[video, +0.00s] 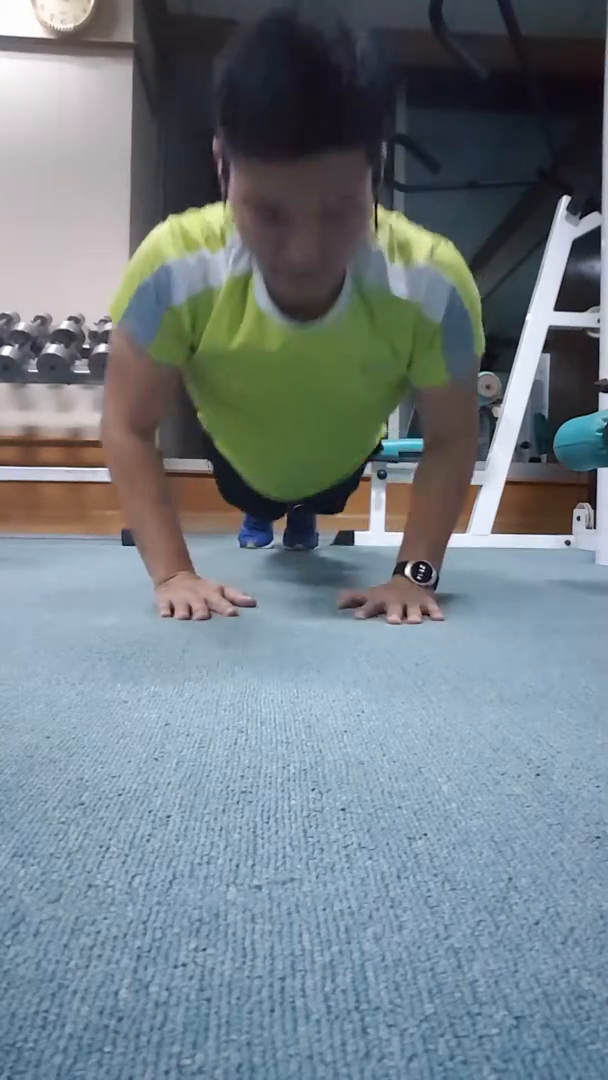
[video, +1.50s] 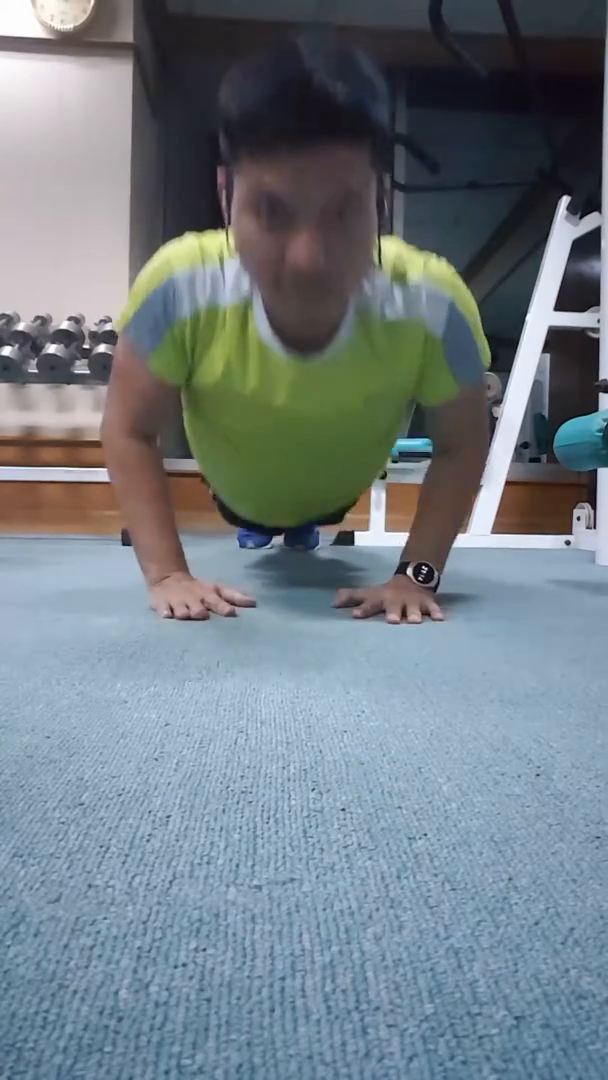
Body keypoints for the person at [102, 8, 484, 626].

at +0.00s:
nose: (306, 248)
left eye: (337, 212)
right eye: (271, 215)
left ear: (376, 171)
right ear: (222, 169)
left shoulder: (428, 275)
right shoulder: (175, 260)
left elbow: (451, 436)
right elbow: (125, 427)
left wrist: (415, 574)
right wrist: (173, 574)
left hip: (339, 463)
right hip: (240, 458)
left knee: (314, 499)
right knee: (256, 498)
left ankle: (301, 519)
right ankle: (260, 518)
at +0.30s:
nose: (304, 443)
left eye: (341, 410)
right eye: (268, 407)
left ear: (383, 361)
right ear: (220, 344)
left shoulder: (447, 396)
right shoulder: (154, 377)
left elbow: (476, 456)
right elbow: (99, 450)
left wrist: (418, 574)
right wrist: (172, 575)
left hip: (343, 527)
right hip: (226, 531)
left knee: (321, 546)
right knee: (240, 549)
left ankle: (303, 558)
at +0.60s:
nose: (306, 588)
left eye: (348, 554)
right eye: (266, 553)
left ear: (387, 488)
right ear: (214, 480)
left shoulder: (438, 474)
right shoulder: (161, 469)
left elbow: (494, 444)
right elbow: (91, 439)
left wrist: (425, 574)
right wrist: (167, 570)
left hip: (375, 578)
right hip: (225, 580)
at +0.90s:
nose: (317, 351)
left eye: (348, 314)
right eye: (280, 319)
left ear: (386, 272)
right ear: (222, 269)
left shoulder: (442, 341)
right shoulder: (162, 345)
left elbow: (480, 452)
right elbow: (106, 446)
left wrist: (417, 577)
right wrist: (174, 575)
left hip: (344, 506)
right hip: (232, 510)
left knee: (329, 533)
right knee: (246, 535)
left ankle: (303, 551)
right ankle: (262, 547)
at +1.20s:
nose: (316, 136)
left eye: (343, 102)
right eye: (282, 101)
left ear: (381, 84)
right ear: (236, 85)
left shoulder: (426, 222)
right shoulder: (189, 210)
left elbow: (428, 406)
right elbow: (160, 399)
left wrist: (414, 574)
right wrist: (176, 571)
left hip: (340, 444)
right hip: (240, 442)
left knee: (315, 492)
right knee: (254, 489)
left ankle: (301, 516)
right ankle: (260, 514)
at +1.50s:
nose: (307, 254)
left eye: (341, 211)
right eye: (272, 211)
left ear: (381, 195)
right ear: (225, 195)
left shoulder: (428, 298)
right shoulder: (177, 282)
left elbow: (462, 444)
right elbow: (126, 431)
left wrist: (416, 574)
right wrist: (168, 574)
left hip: (338, 489)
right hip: (236, 489)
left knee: (316, 516)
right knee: (249, 521)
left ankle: (303, 530)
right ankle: (260, 528)